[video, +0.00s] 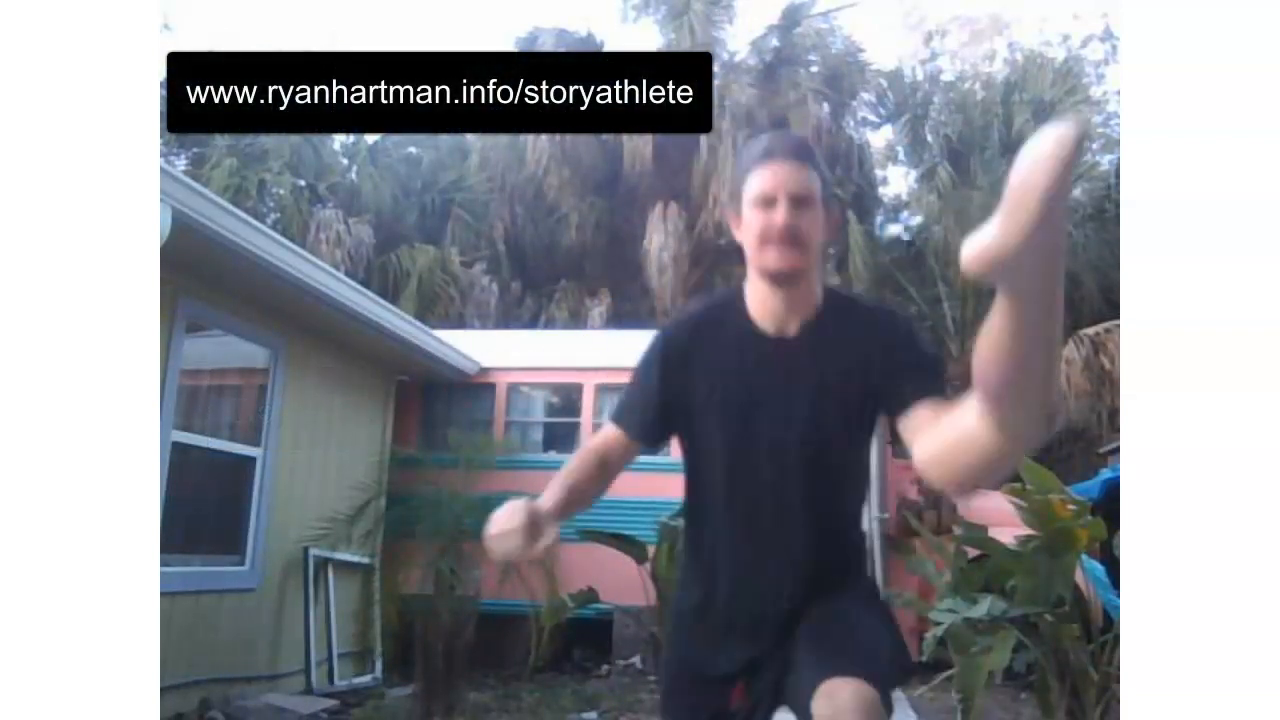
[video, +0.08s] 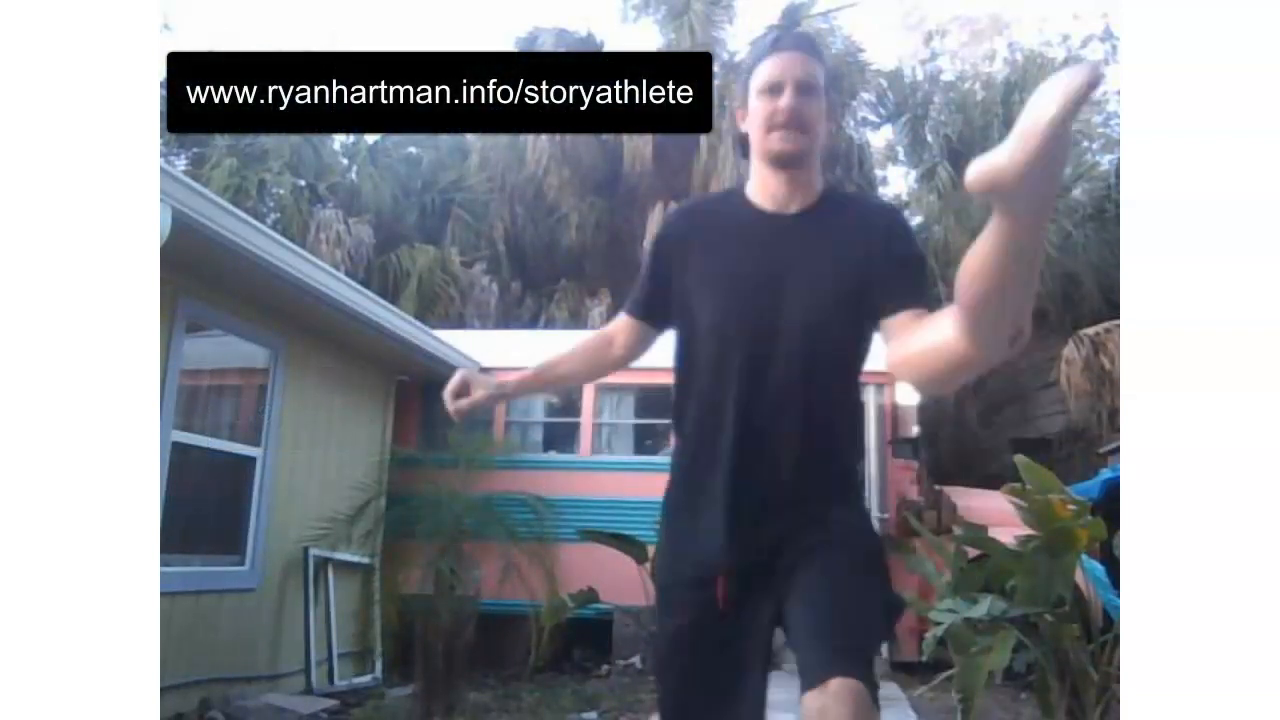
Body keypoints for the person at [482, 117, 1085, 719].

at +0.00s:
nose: (784, 220)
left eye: (802, 202)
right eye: (765, 203)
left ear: (829, 220)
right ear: (737, 223)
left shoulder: (877, 336)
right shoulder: (690, 340)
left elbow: (944, 459)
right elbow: (610, 447)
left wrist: (1002, 425)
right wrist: (548, 508)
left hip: (832, 600)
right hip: (715, 609)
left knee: (849, 703)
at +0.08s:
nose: (789, 104)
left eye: (807, 90)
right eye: (772, 89)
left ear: (832, 114)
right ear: (742, 115)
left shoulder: (872, 227)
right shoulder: (687, 230)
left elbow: (923, 363)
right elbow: (616, 344)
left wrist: (981, 334)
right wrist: (506, 381)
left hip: (825, 522)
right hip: (704, 526)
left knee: (842, 701)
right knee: (694, 714)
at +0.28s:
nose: (788, 267)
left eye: (808, 253)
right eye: (772, 250)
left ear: (837, 277)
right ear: (743, 270)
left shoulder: (868, 387)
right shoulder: (683, 374)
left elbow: (927, 526)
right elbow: (602, 486)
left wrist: (983, 500)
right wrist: (492, 523)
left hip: (817, 632)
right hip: (703, 638)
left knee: (856, 697)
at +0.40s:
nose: (777, 274)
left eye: (796, 260)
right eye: (759, 258)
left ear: (822, 283)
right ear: (729, 278)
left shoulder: (860, 389)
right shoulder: (676, 376)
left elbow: (926, 524)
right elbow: (593, 482)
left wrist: (981, 476)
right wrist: (486, 482)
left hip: (804, 631)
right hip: (692, 634)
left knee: (824, 698)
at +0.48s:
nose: (766, 195)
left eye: (782, 182)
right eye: (749, 181)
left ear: (805, 205)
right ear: (720, 204)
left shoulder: (848, 312)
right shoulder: (675, 311)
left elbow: (893, 436)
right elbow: (615, 432)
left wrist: (954, 389)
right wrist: (514, 437)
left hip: (810, 588)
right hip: (696, 589)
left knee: (851, 698)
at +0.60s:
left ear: (865, 7)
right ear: (770, 0)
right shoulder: (702, 119)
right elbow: (654, 261)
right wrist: (587, 379)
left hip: (827, 481)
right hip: (691, 468)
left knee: (833, 710)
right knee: (664, 700)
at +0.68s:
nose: (724, 22)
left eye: (742, 10)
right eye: (706, 10)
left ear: (769, 37)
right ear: (681, 38)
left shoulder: (821, 156)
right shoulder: (639, 159)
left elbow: (868, 319)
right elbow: (605, 296)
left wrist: (771, 397)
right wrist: (550, 394)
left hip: (785, 477)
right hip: (660, 471)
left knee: (771, 704)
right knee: (647, 697)